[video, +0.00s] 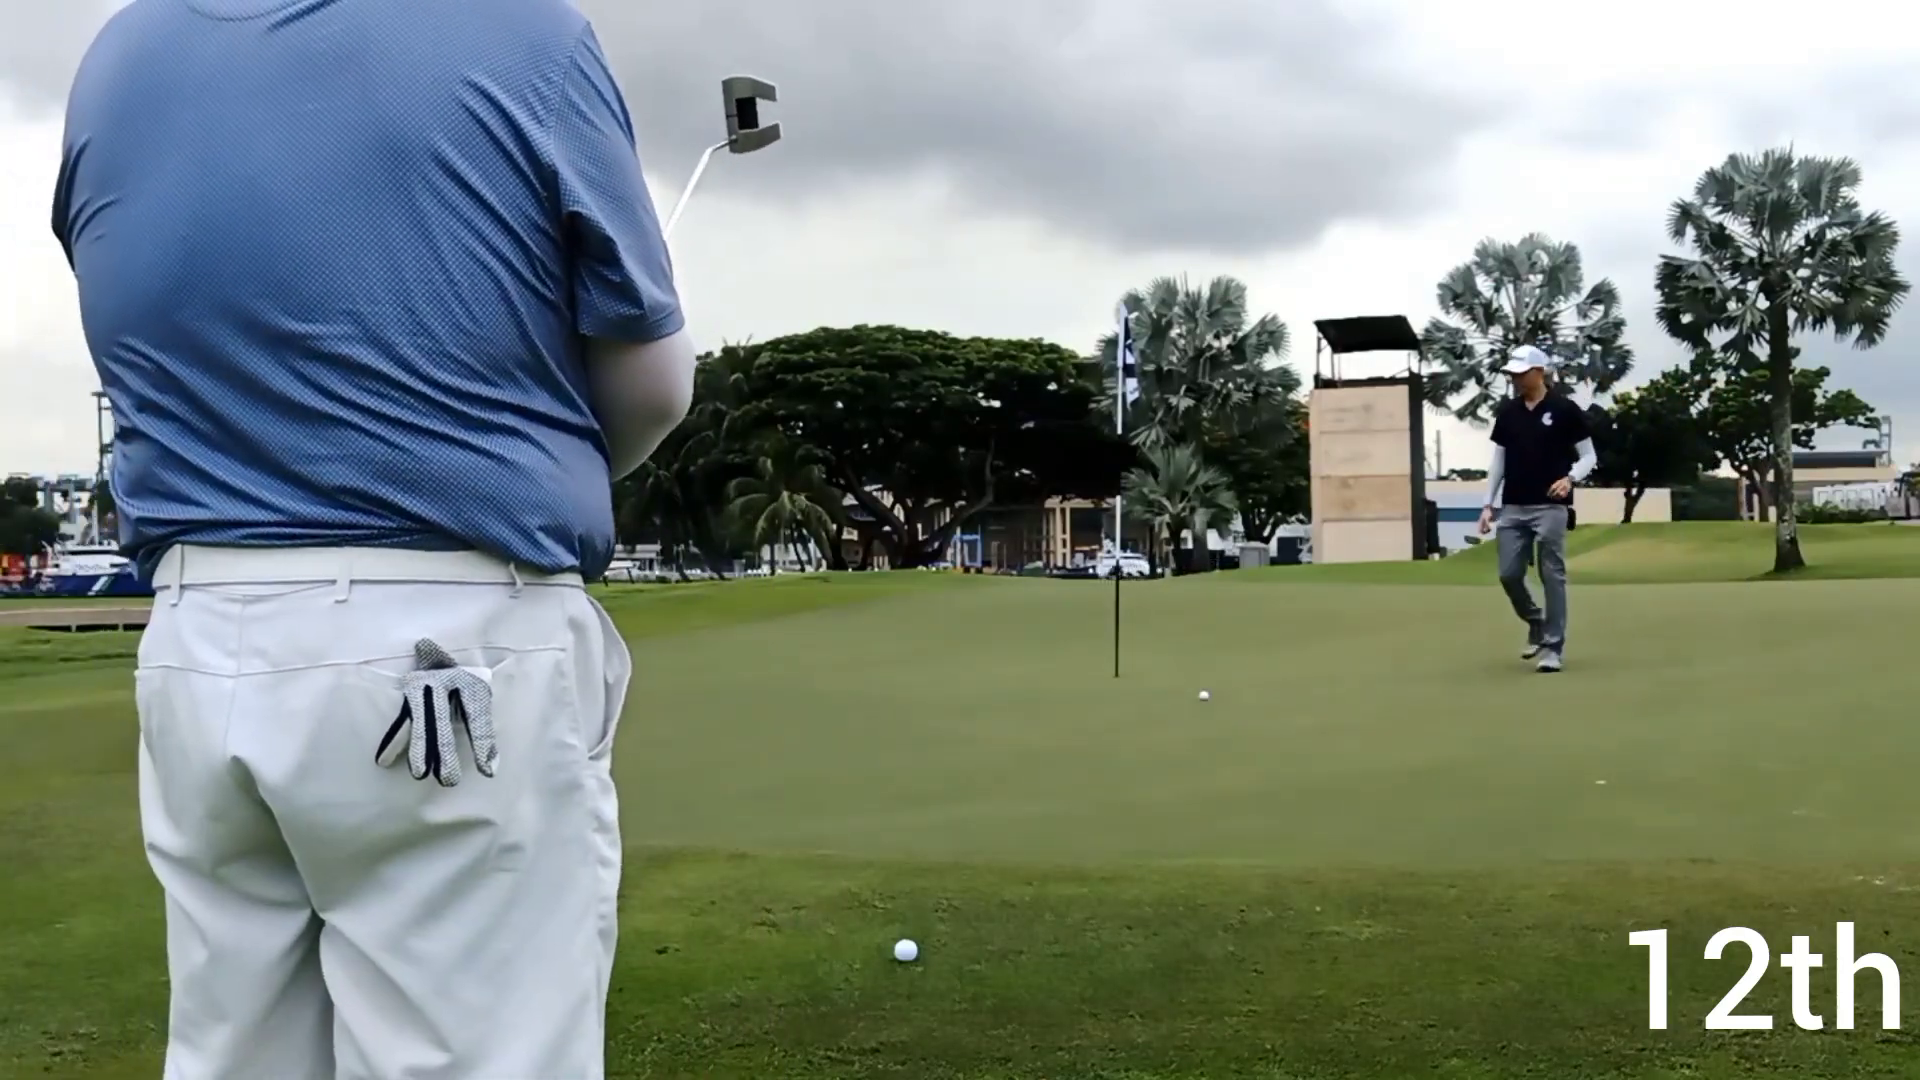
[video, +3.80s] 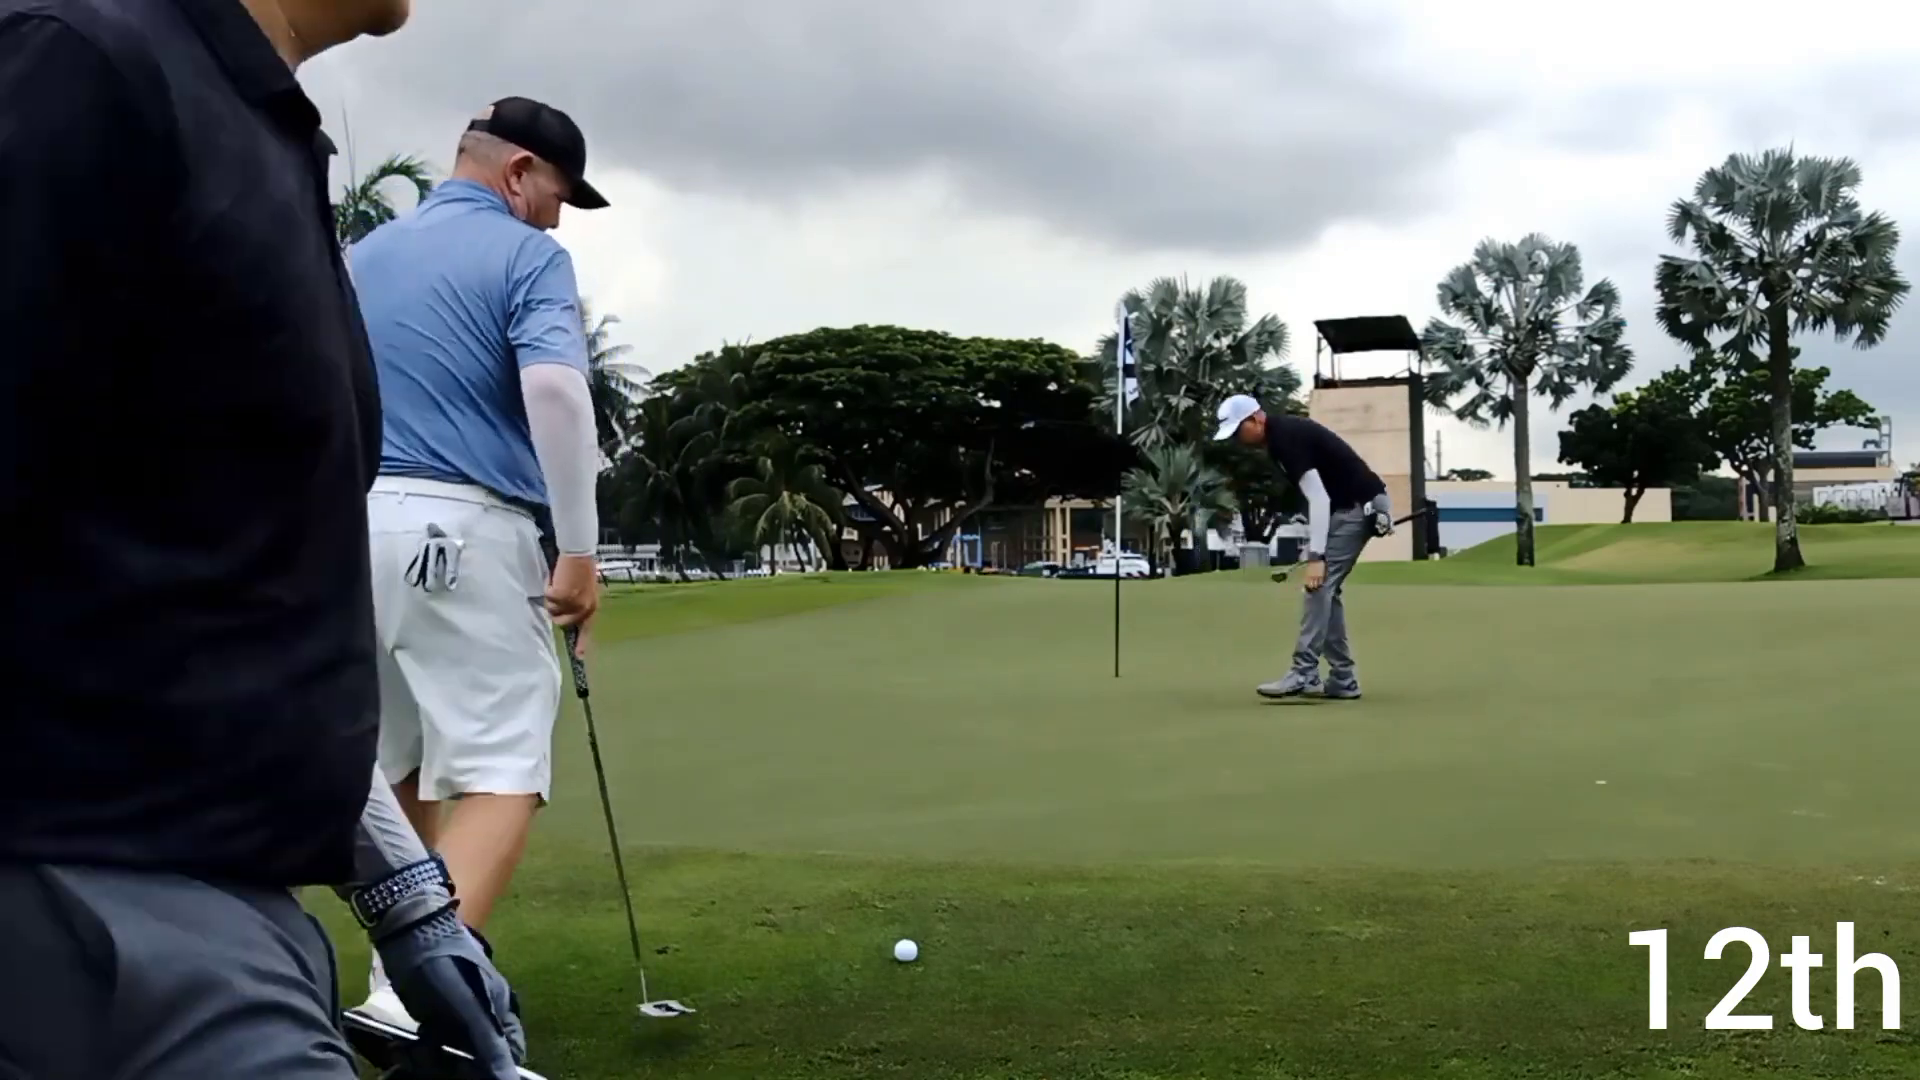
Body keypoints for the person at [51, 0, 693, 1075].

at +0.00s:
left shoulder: (125, 43)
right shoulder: (530, 30)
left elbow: (130, 322)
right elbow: (650, 380)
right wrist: (530, 474)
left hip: (203, 618)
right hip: (460, 621)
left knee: (230, 1059)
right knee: (481, 1059)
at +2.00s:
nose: (546, 22)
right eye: (546, 17)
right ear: (521, 4)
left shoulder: (206, 112)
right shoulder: (608, 108)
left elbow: (137, 436)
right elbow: (698, 439)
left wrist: (275, 536)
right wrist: (577, 552)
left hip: (250, 625)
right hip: (499, 620)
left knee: (286, 1043)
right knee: (473, 1055)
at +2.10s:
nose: (531, 39)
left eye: (535, 23)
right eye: (536, 21)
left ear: (367, 10)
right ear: (507, 11)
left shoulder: (200, 147)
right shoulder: (600, 139)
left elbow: (107, 452)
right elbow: (689, 457)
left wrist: (192, 668)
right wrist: (611, 587)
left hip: (252, 630)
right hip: (499, 623)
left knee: (287, 1037)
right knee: (466, 1052)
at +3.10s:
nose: (501, 169)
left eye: (504, 151)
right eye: (506, 148)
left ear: (378, 115)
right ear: (476, 126)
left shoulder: (256, 217)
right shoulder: (525, 239)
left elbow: (181, 421)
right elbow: (596, 438)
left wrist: (250, 526)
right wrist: (603, 603)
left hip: (291, 565)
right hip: (457, 564)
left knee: (297, 865)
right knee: (427, 879)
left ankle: (291, 1076)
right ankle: (398, 1075)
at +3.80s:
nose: (558, 221)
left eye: (563, 205)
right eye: (559, 199)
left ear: (472, 165)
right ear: (523, 172)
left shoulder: (365, 249)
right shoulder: (528, 254)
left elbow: (324, 382)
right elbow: (554, 389)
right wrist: (579, 547)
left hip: (351, 524)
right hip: (468, 529)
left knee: (400, 774)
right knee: (499, 774)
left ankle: (402, 988)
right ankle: (414, 992)